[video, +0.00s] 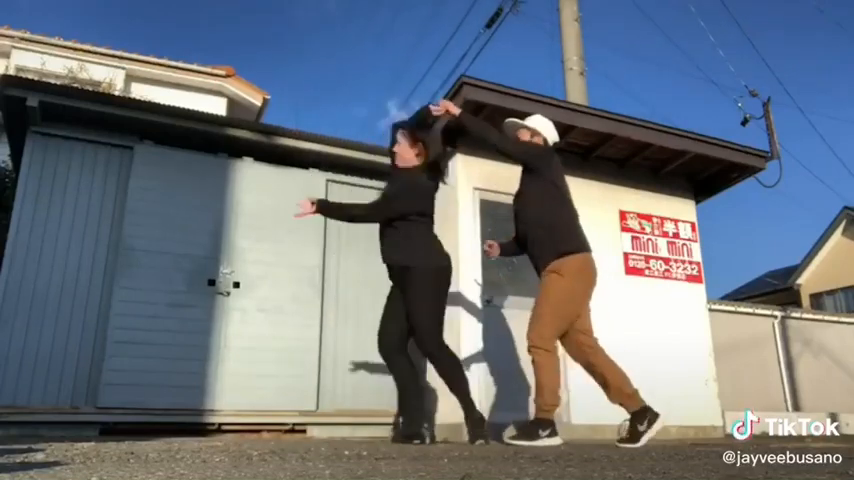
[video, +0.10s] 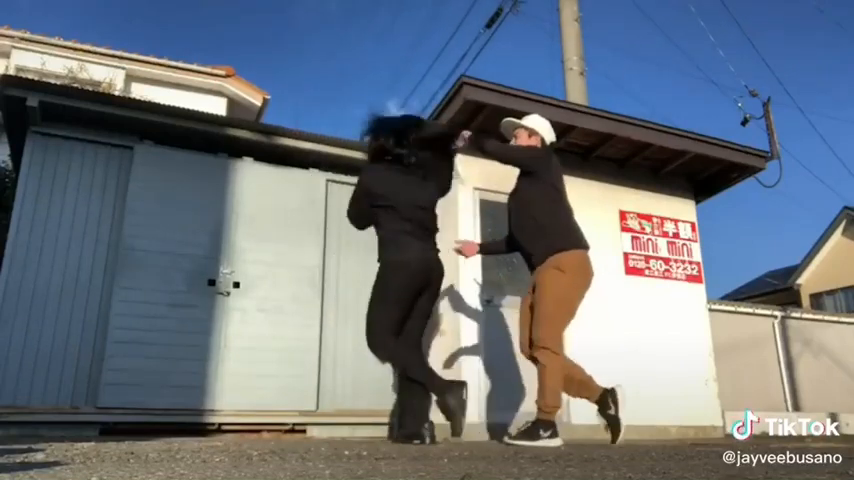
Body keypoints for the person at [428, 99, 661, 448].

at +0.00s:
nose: (517, 136)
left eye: (524, 132)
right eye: (518, 131)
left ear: (541, 139)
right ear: (527, 137)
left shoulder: (542, 159)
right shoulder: (527, 185)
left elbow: (502, 141)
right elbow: (529, 240)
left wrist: (458, 115)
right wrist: (502, 248)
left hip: (569, 266)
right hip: (564, 269)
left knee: (540, 340)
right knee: (581, 345)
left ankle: (544, 423)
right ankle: (640, 411)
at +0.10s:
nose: (513, 138)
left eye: (519, 133)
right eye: (514, 134)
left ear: (537, 139)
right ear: (529, 140)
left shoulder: (543, 159)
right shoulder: (523, 191)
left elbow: (506, 153)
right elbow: (518, 243)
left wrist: (472, 140)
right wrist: (480, 248)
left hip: (565, 262)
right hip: (545, 270)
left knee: (547, 343)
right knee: (531, 346)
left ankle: (545, 423)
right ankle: (601, 396)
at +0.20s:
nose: (510, 140)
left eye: (517, 135)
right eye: (512, 135)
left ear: (535, 140)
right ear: (526, 141)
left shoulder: (545, 162)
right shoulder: (519, 194)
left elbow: (503, 154)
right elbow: (508, 241)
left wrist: (490, 158)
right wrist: (467, 240)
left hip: (559, 264)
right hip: (532, 270)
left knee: (543, 341)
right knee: (504, 331)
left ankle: (548, 420)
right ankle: (554, 388)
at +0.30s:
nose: (509, 138)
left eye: (516, 132)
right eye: (509, 134)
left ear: (534, 136)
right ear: (518, 141)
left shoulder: (545, 164)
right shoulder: (514, 191)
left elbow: (533, 148)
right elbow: (502, 238)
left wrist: (504, 162)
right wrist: (463, 231)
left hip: (551, 265)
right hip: (520, 270)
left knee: (538, 342)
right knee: (490, 326)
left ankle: (545, 423)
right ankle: (518, 403)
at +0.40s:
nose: (512, 149)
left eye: (517, 141)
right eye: (511, 143)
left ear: (534, 139)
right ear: (513, 147)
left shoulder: (552, 165)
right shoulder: (511, 188)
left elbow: (554, 135)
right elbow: (502, 235)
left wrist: (508, 138)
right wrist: (464, 226)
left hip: (544, 267)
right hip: (512, 269)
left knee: (527, 341)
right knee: (490, 331)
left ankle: (543, 422)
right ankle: (503, 415)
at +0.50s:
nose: (512, 149)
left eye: (518, 142)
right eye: (510, 144)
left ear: (536, 144)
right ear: (512, 150)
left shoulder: (559, 174)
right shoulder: (508, 192)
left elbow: (545, 155)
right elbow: (499, 237)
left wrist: (511, 129)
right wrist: (462, 222)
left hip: (546, 269)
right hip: (511, 270)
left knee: (517, 334)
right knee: (495, 338)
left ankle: (540, 416)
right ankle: (511, 417)